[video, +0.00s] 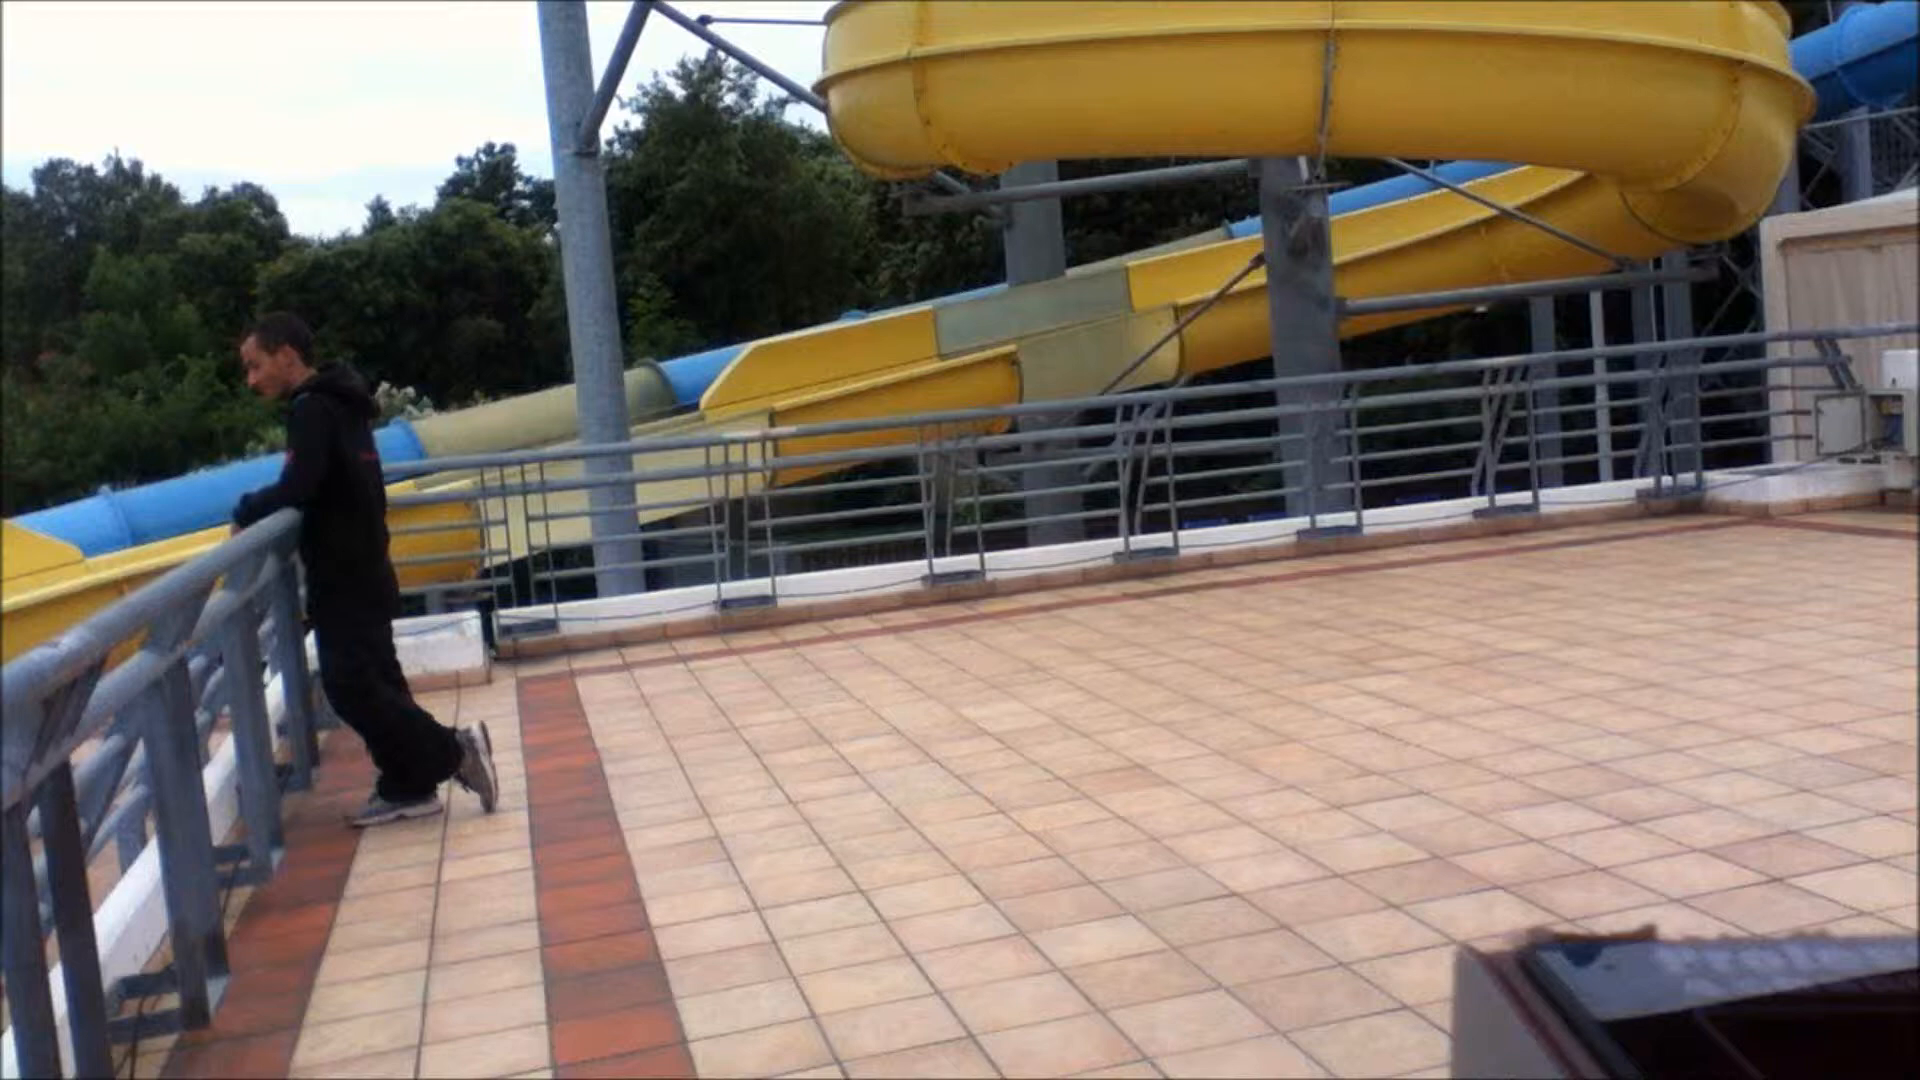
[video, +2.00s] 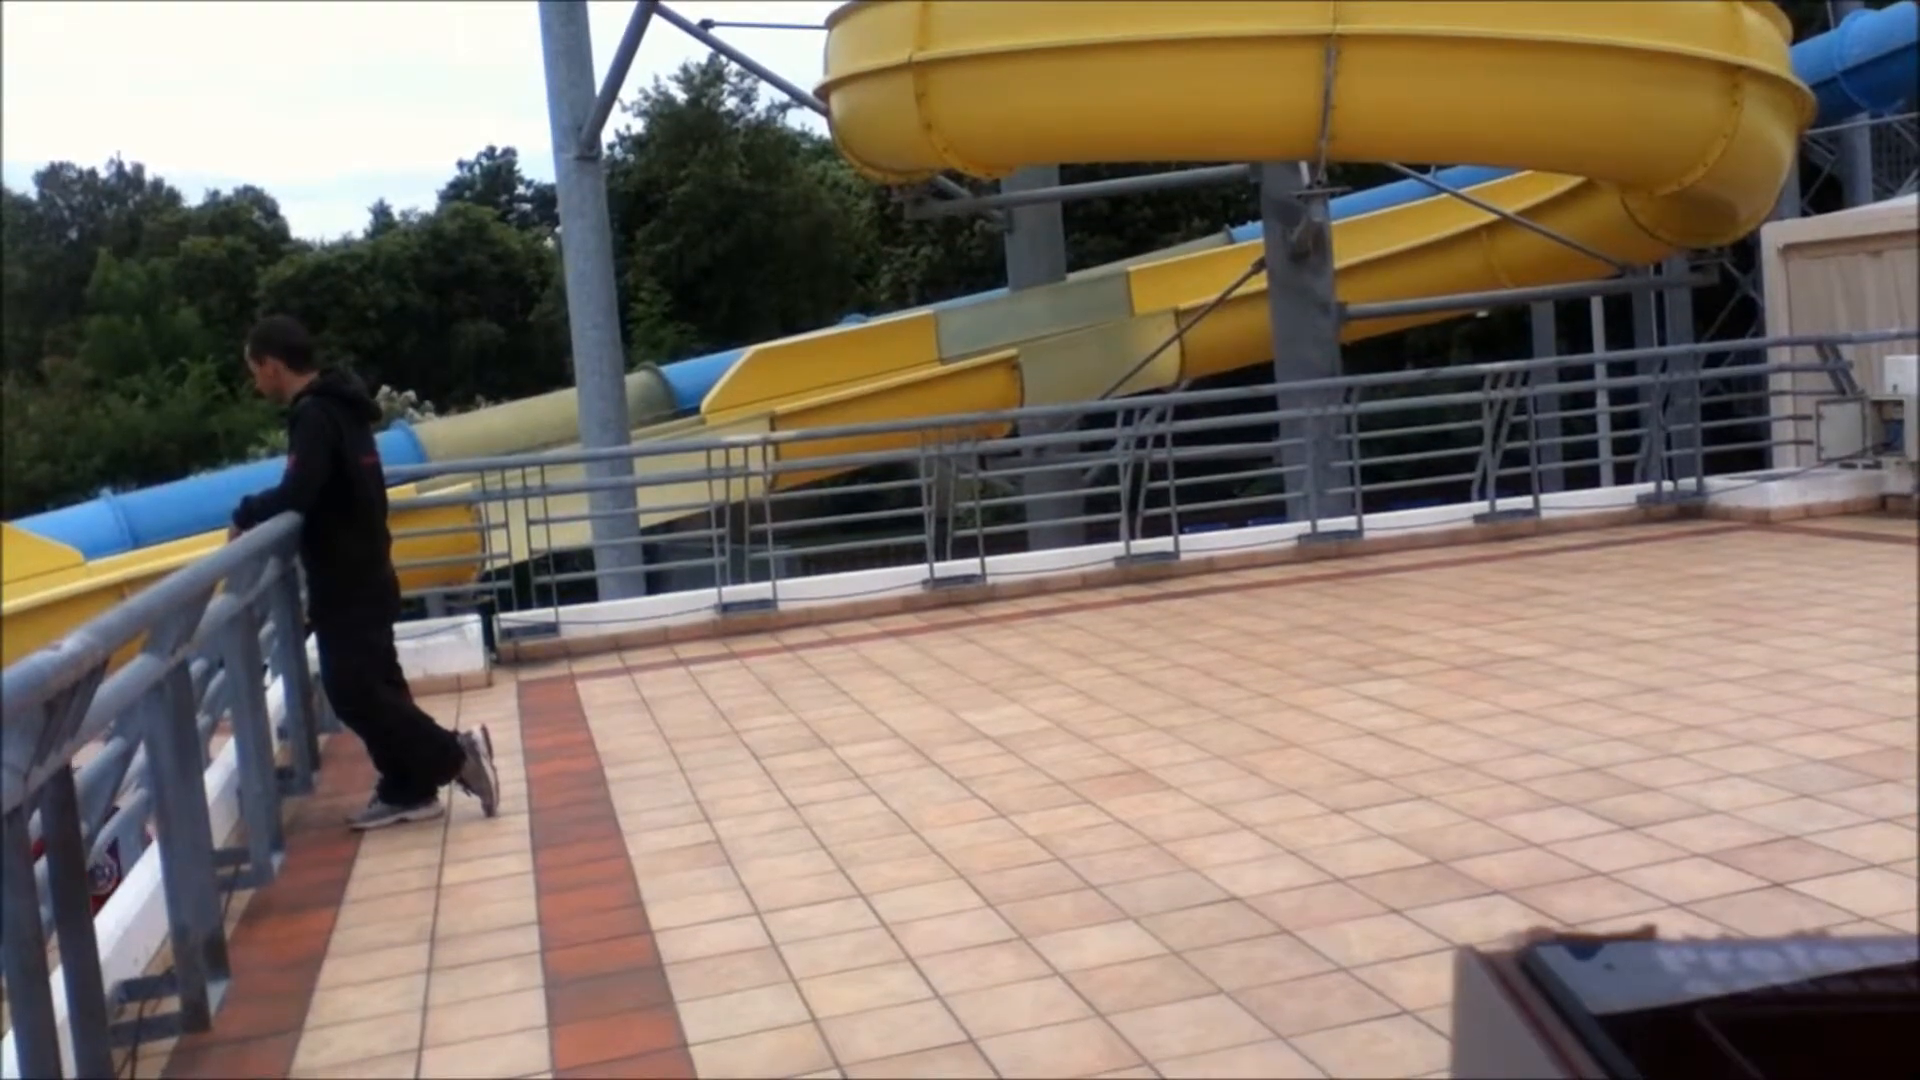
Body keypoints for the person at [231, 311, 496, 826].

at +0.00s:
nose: (250, 380)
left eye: (254, 366)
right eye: (247, 369)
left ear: (288, 357)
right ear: (292, 361)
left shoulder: (312, 410)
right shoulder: (337, 399)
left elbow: (303, 487)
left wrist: (246, 510)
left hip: (343, 575)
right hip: (363, 570)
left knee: (348, 689)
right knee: (376, 677)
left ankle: (453, 752)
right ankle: (406, 790)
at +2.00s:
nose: (255, 381)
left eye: (256, 370)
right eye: (253, 371)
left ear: (276, 365)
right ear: (298, 360)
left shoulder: (314, 414)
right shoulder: (338, 404)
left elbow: (300, 494)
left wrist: (245, 513)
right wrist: (263, 514)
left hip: (345, 579)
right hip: (365, 574)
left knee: (350, 694)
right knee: (377, 682)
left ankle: (453, 754)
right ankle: (406, 791)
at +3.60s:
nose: (253, 396)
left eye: (254, 382)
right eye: (248, 386)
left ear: (286, 368)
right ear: (289, 372)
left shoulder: (317, 421)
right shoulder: (335, 411)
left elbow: (309, 500)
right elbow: (324, 498)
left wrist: (257, 510)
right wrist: (269, 510)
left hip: (347, 588)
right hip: (361, 583)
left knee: (351, 699)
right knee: (377, 688)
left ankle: (455, 761)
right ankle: (407, 798)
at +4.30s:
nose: (256, 397)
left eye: (258, 383)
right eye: (252, 387)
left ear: (289, 369)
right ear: (293, 373)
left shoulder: (320, 421)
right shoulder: (337, 412)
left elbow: (307, 501)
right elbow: (321, 498)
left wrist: (255, 515)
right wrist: (271, 514)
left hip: (346, 587)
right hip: (361, 582)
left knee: (350, 700)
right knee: (376, 689)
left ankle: (454, 764)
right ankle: (408, 800)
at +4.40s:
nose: (258, 398)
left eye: (260, 384)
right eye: (253, 388)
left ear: (290, 370)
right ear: (294, 374)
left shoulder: (320, 423)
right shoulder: (340, 413)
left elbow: (308, 502)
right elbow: (323, 500)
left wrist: (256, 516)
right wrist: (271, 515)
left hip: (346, 589)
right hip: (362, 584)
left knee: (350, 702)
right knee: (376, 691)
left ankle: (455, 765)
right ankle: (408, 802)